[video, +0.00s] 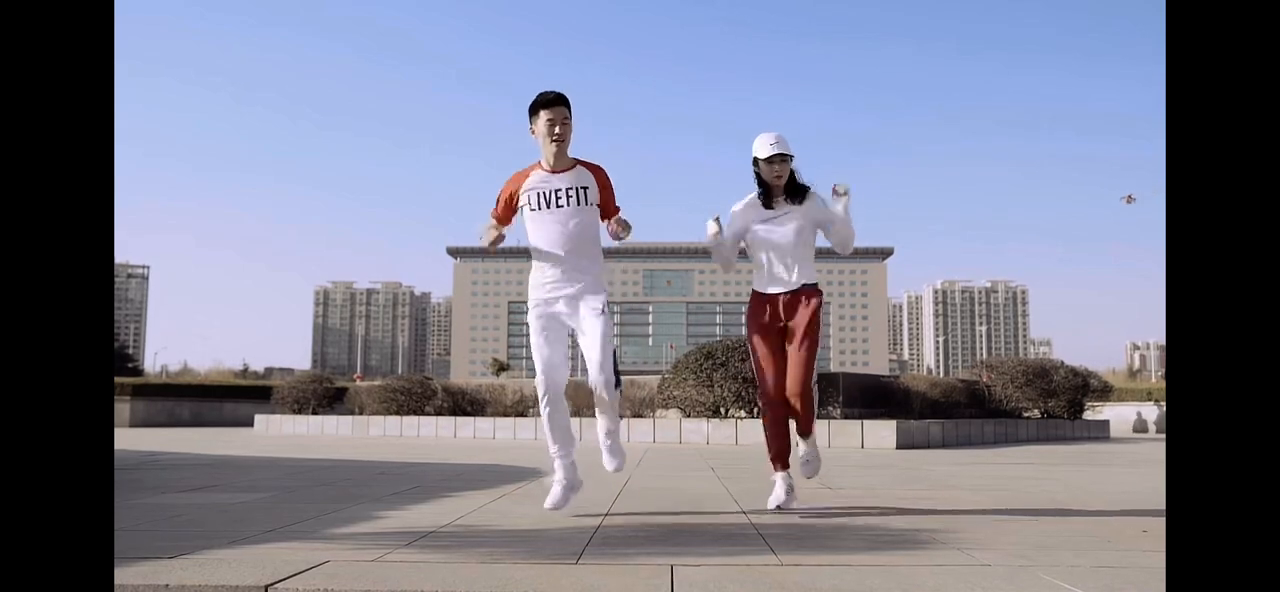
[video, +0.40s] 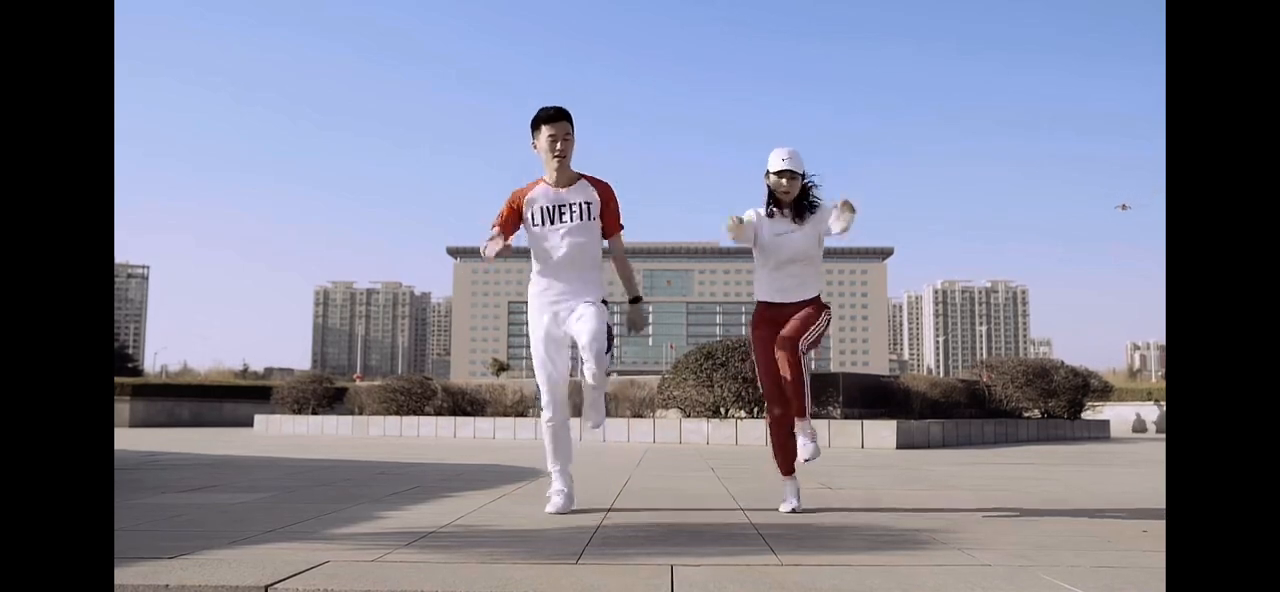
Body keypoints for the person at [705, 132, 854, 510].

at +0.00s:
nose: (778, 167)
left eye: (783, 160)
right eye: (770, 161)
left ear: (792, 162)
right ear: (757, 166)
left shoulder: (810, 202)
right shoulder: (745, 210)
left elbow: (844, 245)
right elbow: (727, 263)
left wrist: (842, 209)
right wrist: (716, 241)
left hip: (804, 299)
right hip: (763, 302)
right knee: (770, 393)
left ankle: (806, 439)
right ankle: (780, 477)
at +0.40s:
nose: (785, 182)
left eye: (792, 175)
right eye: (779, 175)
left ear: (802, 179)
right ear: (768, 179)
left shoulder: (817, 216)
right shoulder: (758, 218)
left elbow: (837, 224)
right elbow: (741, 233)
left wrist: (845, 212)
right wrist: (736, 226)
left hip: (809, 308)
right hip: (767, 313)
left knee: (787, 343)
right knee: (777, 406)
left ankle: (804, 427)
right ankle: (790, 486)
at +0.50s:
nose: (788, 181)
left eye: (795, 176)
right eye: (782, 175)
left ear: (805, 181)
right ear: (771, 179)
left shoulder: (820, 221)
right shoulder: (756, 221)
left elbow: (837, 254)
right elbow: (742, 252)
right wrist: (735, 275)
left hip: (810, 311)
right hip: (768, 317)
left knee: (786, 346)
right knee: (777, 403)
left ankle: (795, 432)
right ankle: (792, 489)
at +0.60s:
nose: (794, 174)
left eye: (801, 168)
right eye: (788, 167)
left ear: (811, 173)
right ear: (776, 170)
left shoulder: (823, 214)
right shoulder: (757, 211)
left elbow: (835, 267)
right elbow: (739, 266)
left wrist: (840, 317)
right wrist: (728, 315)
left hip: (812, 303)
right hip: (771, 305)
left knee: (790, 374)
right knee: (774, 389)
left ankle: (794, 459)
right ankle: (789, 481)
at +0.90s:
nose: (799, 174)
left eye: (806, 168)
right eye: (793, 167)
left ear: (816, 171)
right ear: (782, 170)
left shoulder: (830, 214)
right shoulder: (761, 210)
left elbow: (844, 270)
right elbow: (745, 265)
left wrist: (853, 321)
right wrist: (735, 310)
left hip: (814, 305)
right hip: (772, 305)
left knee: (807, 394)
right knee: (777, 386)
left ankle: (804, 481)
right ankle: (781, 446)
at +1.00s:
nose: (798, 190)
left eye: (805, 183)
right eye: (792, 183)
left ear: (817, 185)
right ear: (784, 184)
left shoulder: (831, 224)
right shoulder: (766, 222)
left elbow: (844, 245)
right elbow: (750, 258)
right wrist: (746, 284)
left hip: (814, 314)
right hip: (773, 310)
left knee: (805, 407)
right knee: (780, 338)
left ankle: (799, 488)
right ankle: (776, 419)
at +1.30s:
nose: (815, 174)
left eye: (823, 169)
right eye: (810, 167)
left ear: (833, 174)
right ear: (798, 171)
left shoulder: (835, 219)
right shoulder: (779, 207)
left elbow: (848, 264)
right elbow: (753, 251)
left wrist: (868, 233)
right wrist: (735, 224)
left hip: (819, 313)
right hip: (777, 308)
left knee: (811, 402)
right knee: (777, 394)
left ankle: (804, 497)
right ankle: (776, 446)